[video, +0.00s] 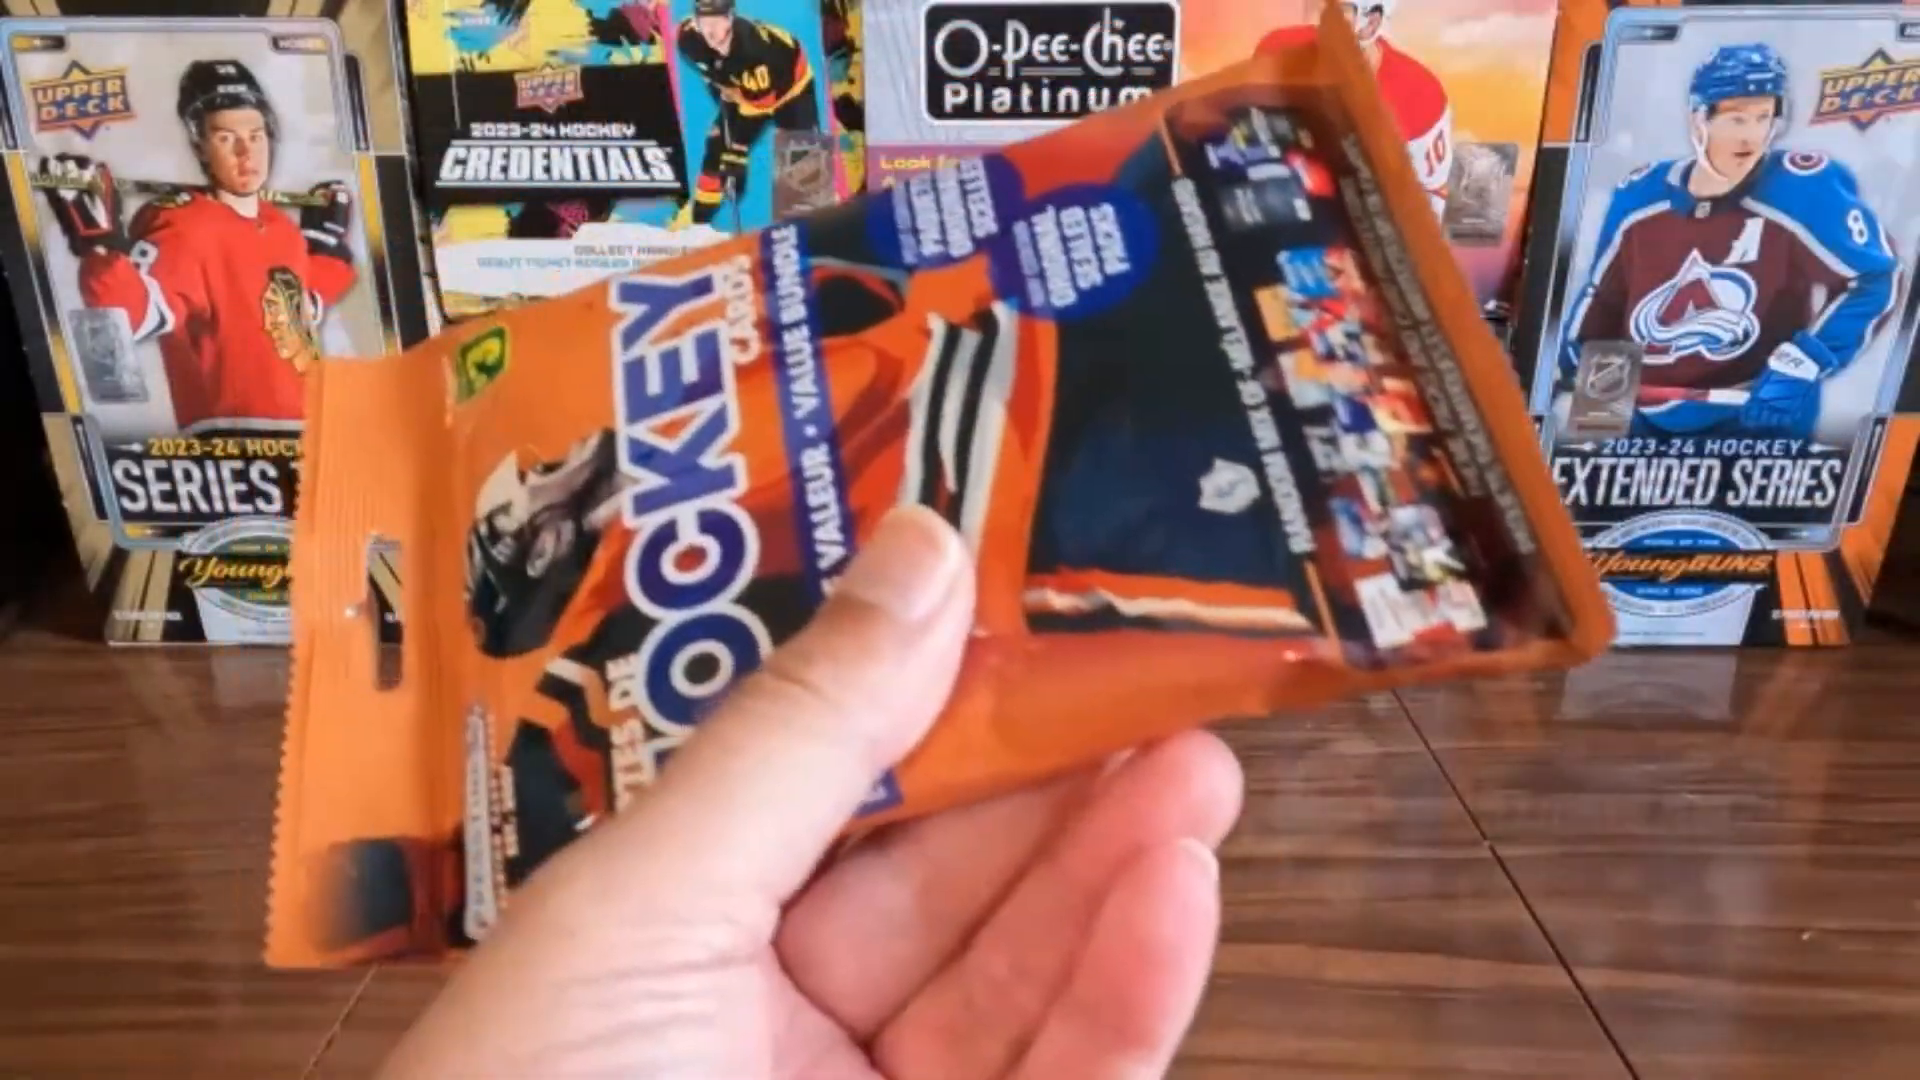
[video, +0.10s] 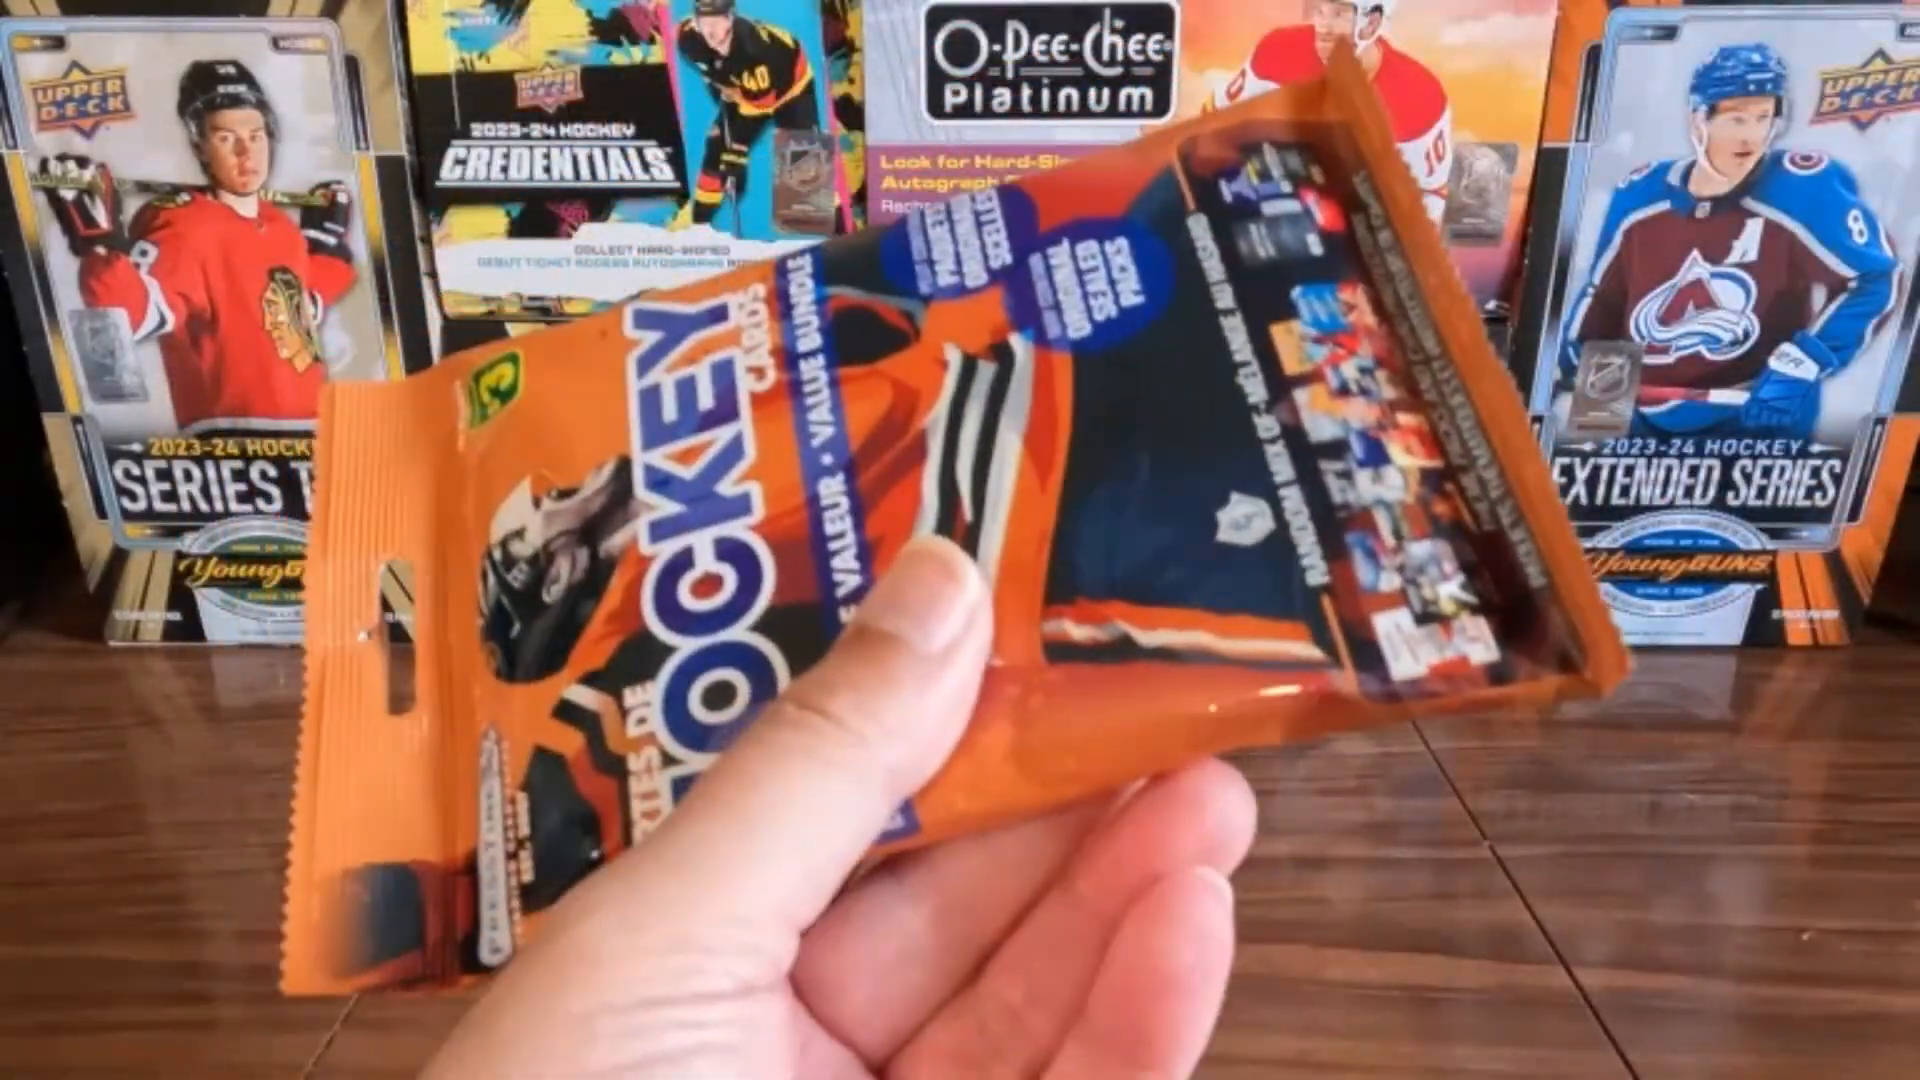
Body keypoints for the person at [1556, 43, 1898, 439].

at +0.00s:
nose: (1749, 135)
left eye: (1762, 119)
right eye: (1735, 119)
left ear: (1775, 123)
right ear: (1698, 124)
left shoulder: (1804, 193)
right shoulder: (1639, 198)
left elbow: (1878, 280)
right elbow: (1598, 296)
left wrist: (1803, 364)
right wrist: (1579, 371)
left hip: (1745, 427)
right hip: (1638, 422)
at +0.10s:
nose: (1749, 135)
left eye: (1762, 119)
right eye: (1735, 119)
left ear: (1775, 123)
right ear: (1698, 123)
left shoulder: (1803, 193)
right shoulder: (1639, 197)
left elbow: (1879, 279)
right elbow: (1599, 296)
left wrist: (1803, 364)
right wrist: (1578, 370)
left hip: (1744, 428)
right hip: (1636, 422)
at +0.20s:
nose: (1749, 135)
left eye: (1762, 118)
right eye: (1735, 119)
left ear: (1775, 123)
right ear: (1698, 124)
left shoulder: (1804, 192)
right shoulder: (1639, 197)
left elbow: (1879, 280)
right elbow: (1599, 295)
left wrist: (1803, 364)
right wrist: (1579, 369)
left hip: (1745, 427)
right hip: (1637, 422)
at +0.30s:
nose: (1749, 135)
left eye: (1762, 118)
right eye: (1735, 119)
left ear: (1775, 122)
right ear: (1698, 123)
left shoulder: (1804, 192)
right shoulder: (1639, 197)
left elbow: (1879, 280)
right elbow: (1599, 295)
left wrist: (1802, 364)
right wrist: (1579, 368)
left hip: (1745, 427)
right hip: (1637, 421)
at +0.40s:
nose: (1750, 135)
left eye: (1762, 118)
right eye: (1735, 119)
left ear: (1775, 122)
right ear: (1698, 123)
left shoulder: (1804, 192)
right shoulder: (1639, 197)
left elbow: (1879, 280)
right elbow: (1599, 295)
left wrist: (1802, 365)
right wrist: (1580, 368)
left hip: (1745, 427)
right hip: (1637, 422)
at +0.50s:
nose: (1750, 135)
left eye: (1762, 119)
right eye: (1735, 119)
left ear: (1775, 123)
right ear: (1698, 124)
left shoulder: (1804, 192)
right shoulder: (1639, 197)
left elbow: (1878, 280)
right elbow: (1599, 295)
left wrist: (1802, 364)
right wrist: (1580, 370)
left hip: (1745, 427)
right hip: (1637, 421)